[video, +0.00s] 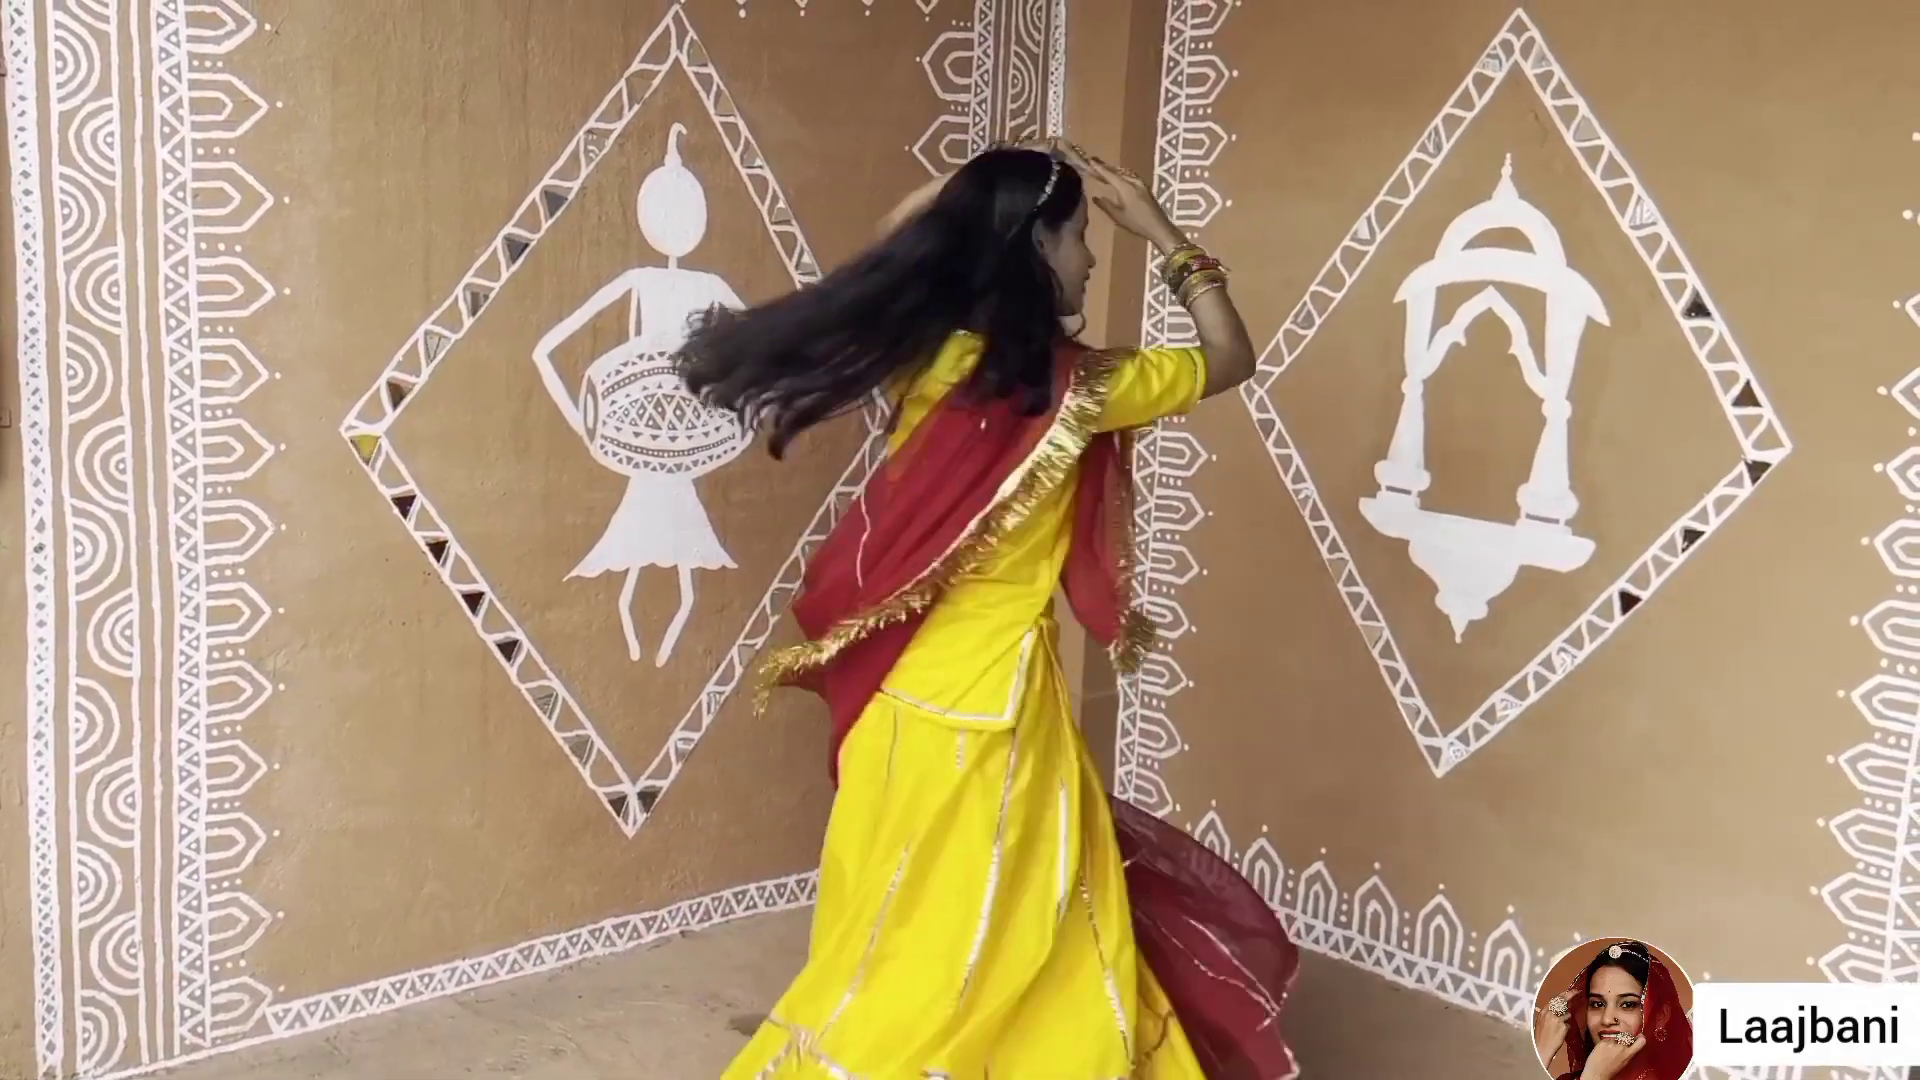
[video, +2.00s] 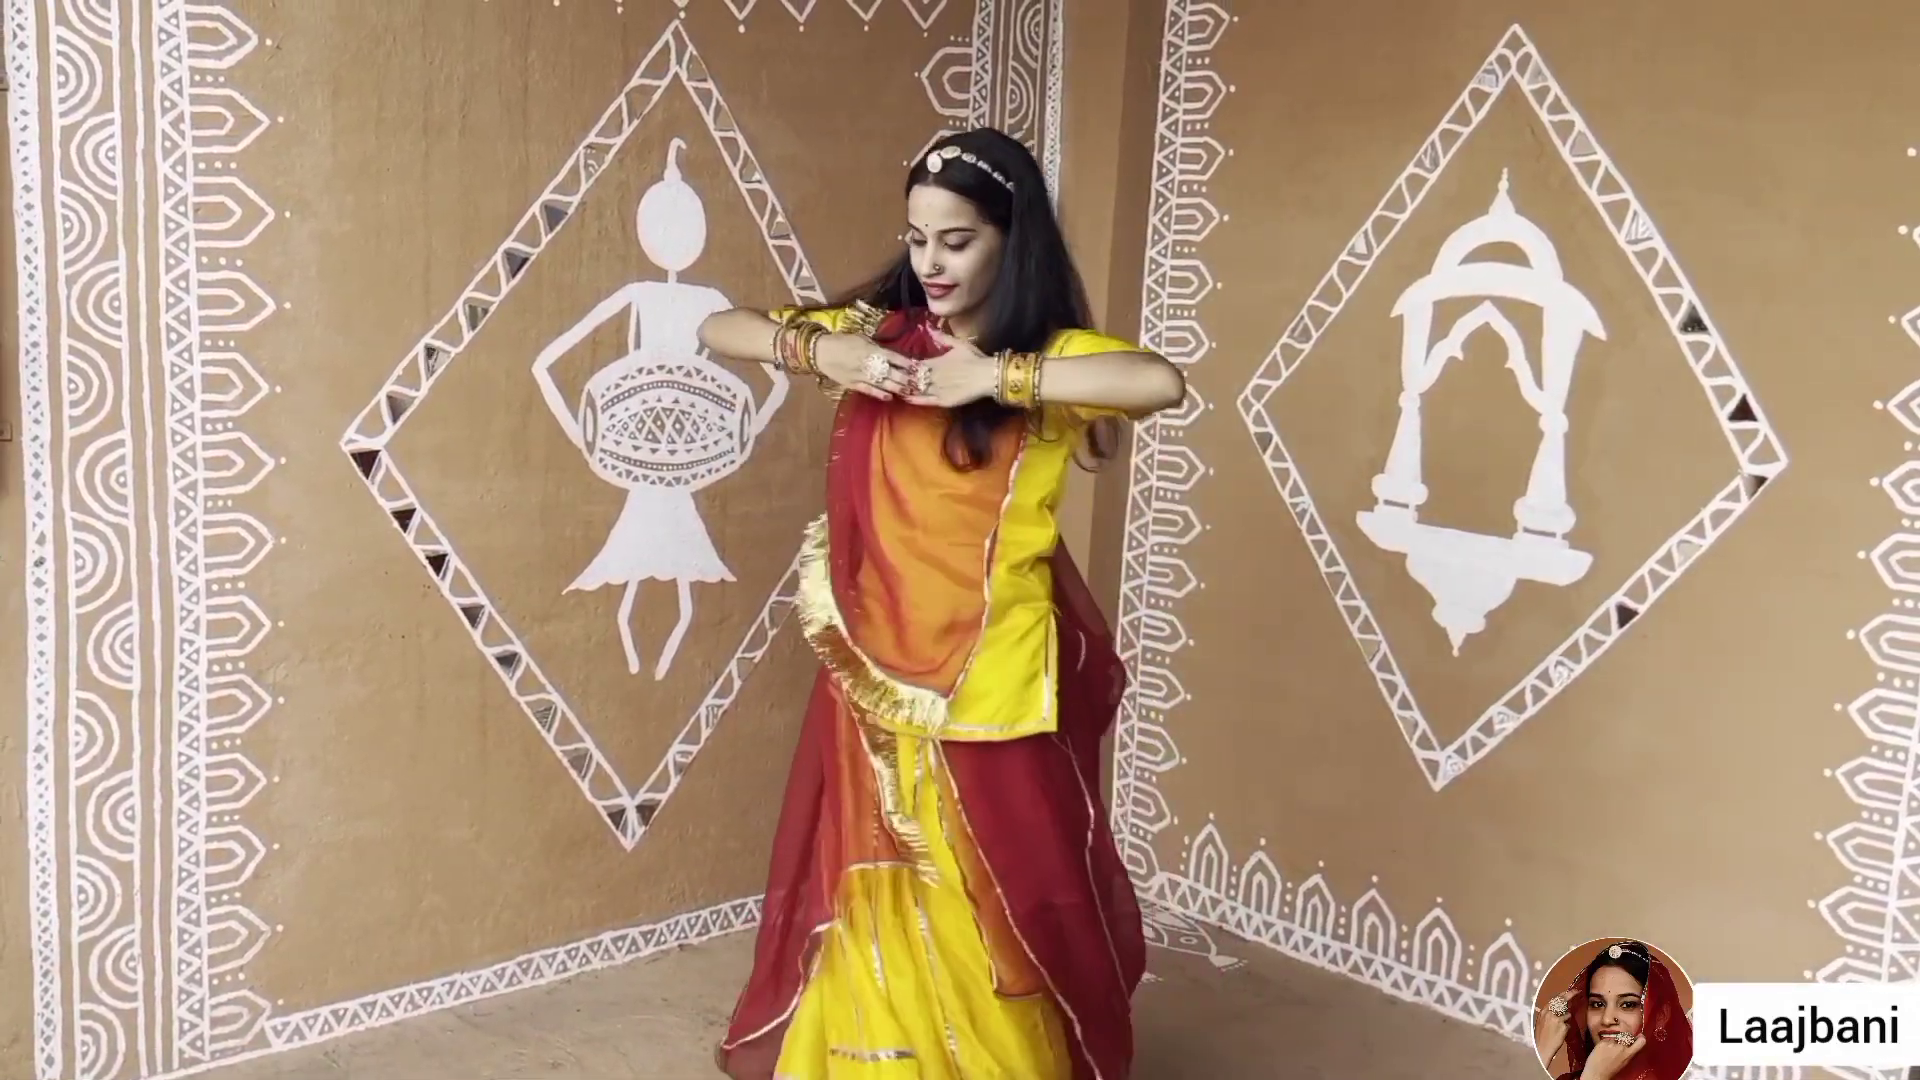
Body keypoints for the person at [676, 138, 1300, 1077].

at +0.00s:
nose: (1093, 252)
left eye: (1088, 231)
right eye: (1079, 233)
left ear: (981, 249)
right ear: (1039, 246)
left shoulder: (920, 353)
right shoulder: (1075, 387)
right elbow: (1228, 358)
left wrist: (957, 186)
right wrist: (1157, 229)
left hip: (897, 688)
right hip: (1003, 702)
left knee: (891, 923)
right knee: (1049, 927)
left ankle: (855, 1056)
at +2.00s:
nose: (931, 262)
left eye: (954, 240)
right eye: (918, 239)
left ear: (1012, 238)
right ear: (904, 240)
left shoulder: (1050, 354)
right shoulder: (876, 327)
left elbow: (1161, 384)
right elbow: (721, 330)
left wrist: (991, 376)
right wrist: (821, 350)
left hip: (994, 696)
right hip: (868, 679)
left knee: (990, 948)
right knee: (859, 933)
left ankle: (1003, 1065)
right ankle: (859, 1065)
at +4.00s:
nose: (946, 223)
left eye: (963, 203)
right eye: (924, 203)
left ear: (978, 212)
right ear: (876, 219)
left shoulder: (984, 290)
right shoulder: (871, 332)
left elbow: (1091, 218)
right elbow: (960, 233)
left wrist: (1127, 137)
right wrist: (1043, 88)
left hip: (1027, 641)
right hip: (950, 653)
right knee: (1070, 881)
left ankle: (799, 974)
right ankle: (1008, 1060)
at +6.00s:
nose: (831, 220)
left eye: (855, 203)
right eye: (825, 199)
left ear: (905, 214)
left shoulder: (938, 325)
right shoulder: (829, 316)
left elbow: (965, 241)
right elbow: (710, 315)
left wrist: (885, 136)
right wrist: (763, 255)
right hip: (828, 630)